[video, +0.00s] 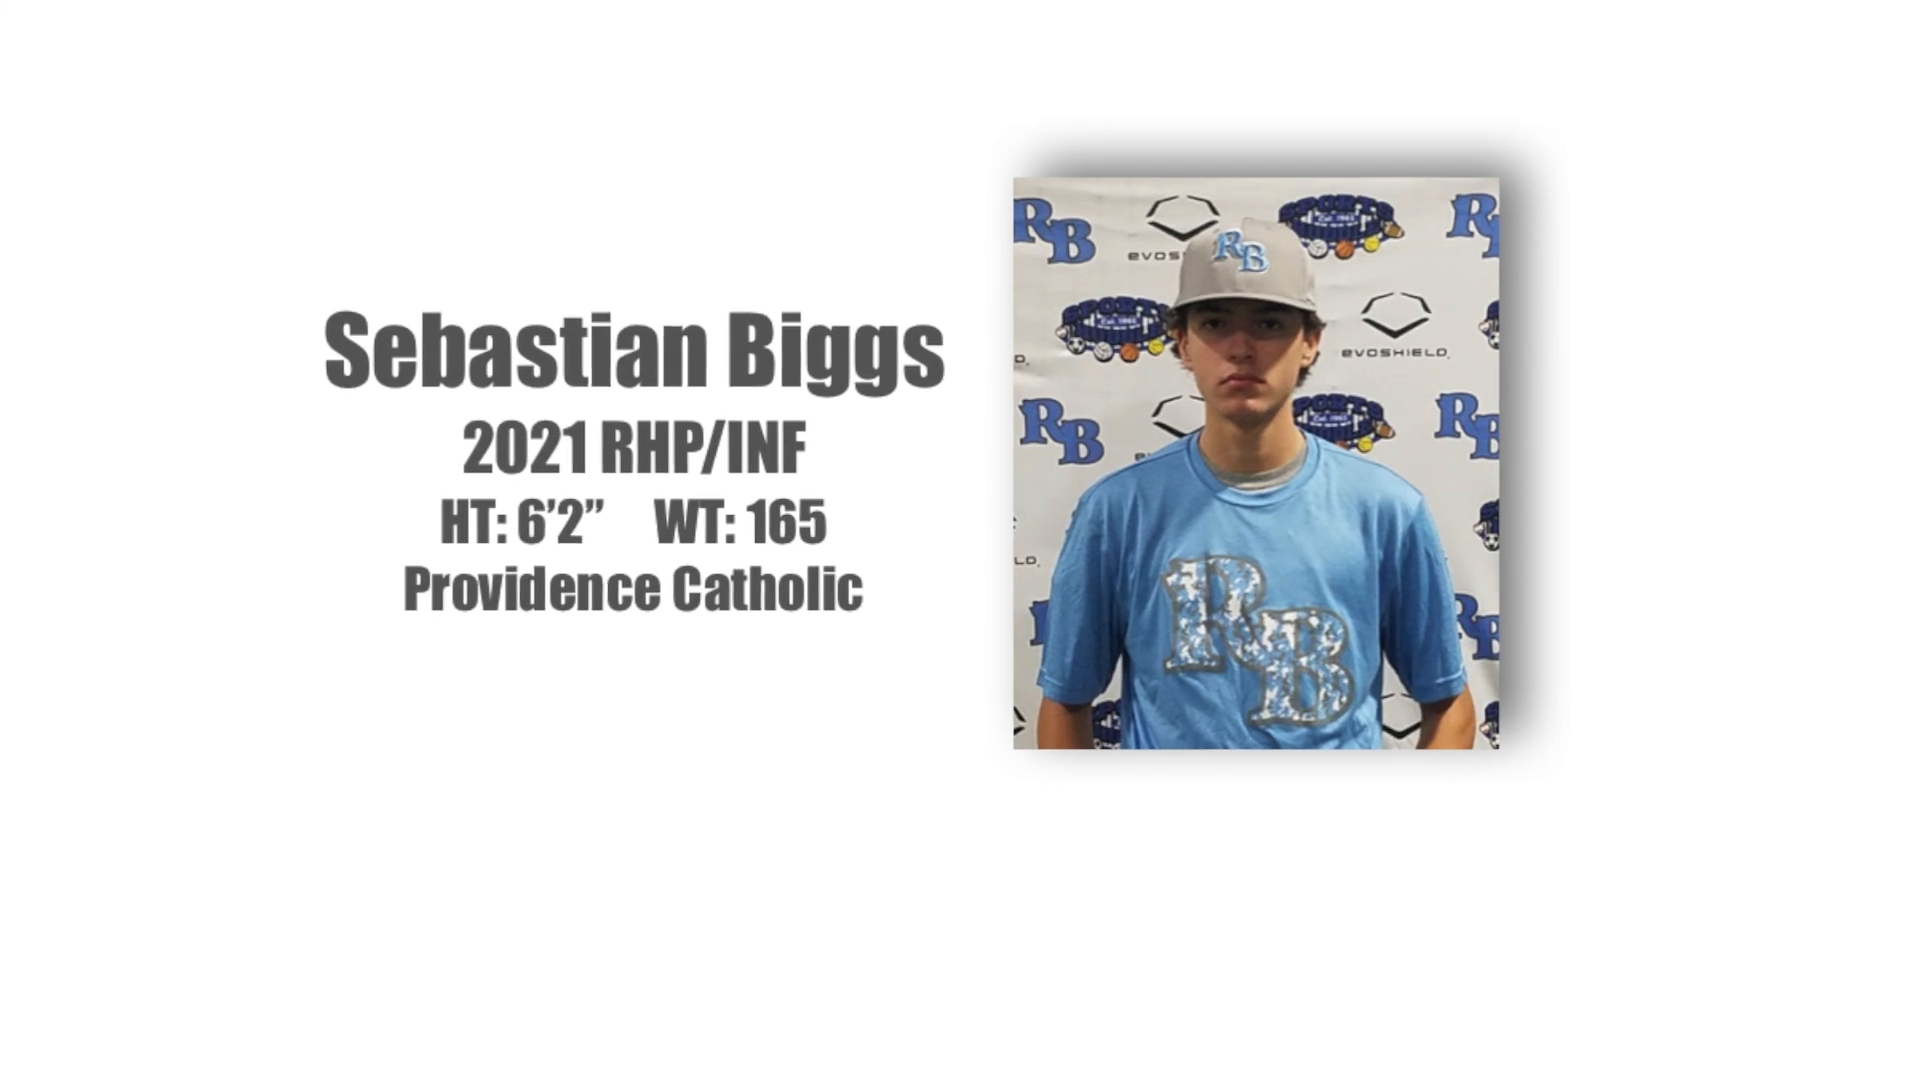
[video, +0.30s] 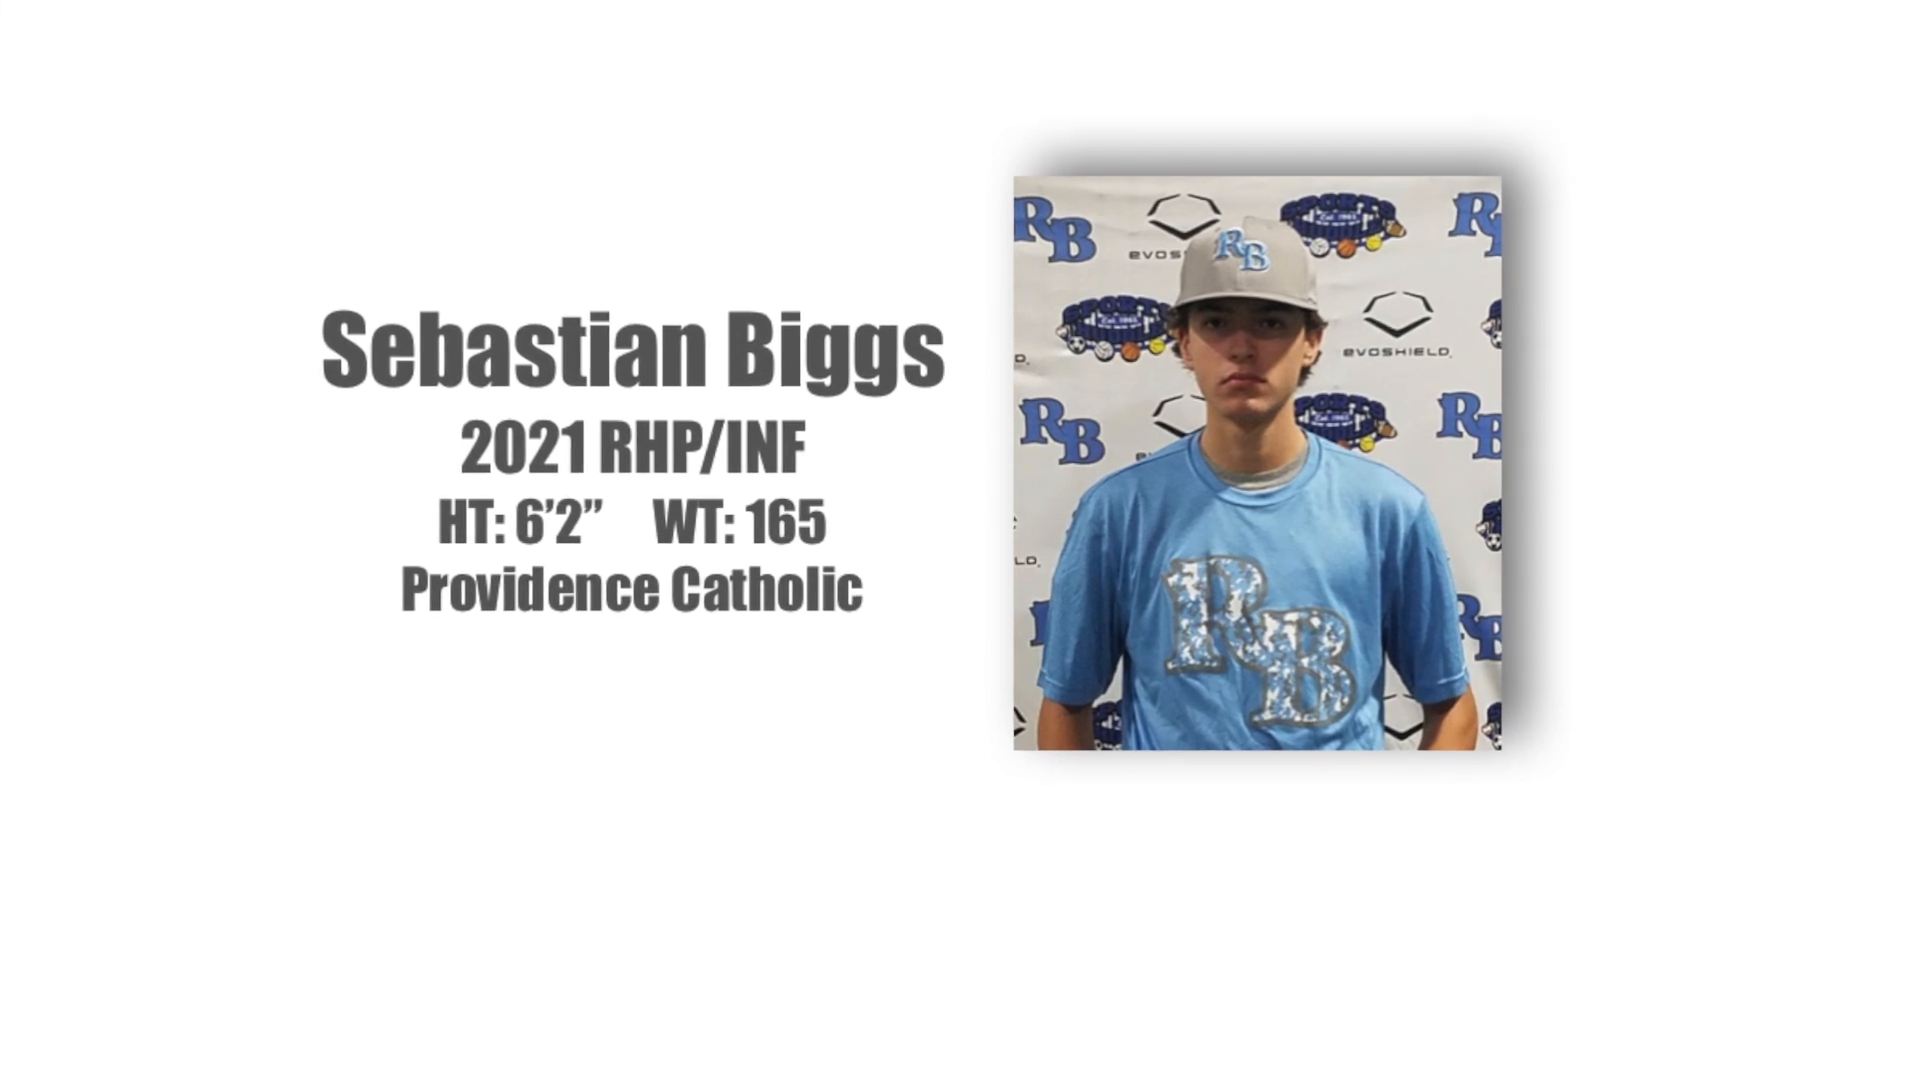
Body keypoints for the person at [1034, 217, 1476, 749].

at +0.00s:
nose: (1241, 347)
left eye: (1269, 323)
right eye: (1218, 323)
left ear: (1309, 345)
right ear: (1183, 345)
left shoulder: (1388, 510)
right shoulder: (1114, 513)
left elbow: (1450, 706)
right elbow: (1066, 708)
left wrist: (1412, 820)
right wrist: (1075, 826)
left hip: (1346, 817)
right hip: (1167, 817)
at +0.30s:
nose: (1242, 346)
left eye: (1270, 323)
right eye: (1219, 323)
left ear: (1310, 344)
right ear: (1184, 344)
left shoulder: (1390, 511)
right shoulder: (1115, 513)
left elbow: (1452, 707)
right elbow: (1066, 709)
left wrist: (1412, 822)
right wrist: (1077, 828)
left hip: (1347, 819)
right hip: (1169, 819)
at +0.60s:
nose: (1244, 346)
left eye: (1272, 322)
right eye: (1220, 322)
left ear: (1312, 343)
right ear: (1186, 343)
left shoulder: (1392, 511)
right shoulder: (1116, 513)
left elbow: (1454, 708)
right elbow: (1067, 710)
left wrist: (1415, 823)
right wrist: (1079, 830)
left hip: (1349, 819)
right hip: (1169, 819)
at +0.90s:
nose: (1245, 345)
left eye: (1273, 321)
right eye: (1221, 321)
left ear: (1314, 343)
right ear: (1187, 342)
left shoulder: (1395, 511)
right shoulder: (1116, 513)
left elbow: (1457, 708)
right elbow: (1067, 711)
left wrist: (1417, 825)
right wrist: (1079, 831)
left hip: (1351, 822)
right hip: (1170, 822)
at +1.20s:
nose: (1246, 345)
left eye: (1274, 320)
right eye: (1222, 320)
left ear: (1315, 341)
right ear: (1187, 341)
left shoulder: (1396, 510)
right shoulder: (1117, 513)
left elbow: (1459, 709)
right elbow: (1068, 712)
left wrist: (1420, 826)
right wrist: (1078, 833)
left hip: (1352, 822)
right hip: (1172, 822)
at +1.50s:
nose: (1248, 343)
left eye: (1276, 319)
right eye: (1223, 319)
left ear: (1317, 341)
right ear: (1189, 341)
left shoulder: (1398, 511)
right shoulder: (1118, 513)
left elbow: (1461, 710)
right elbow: (1068, 712)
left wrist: (1422, 829)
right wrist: (1079, 835)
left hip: (1354, 826)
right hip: (1172, 825)